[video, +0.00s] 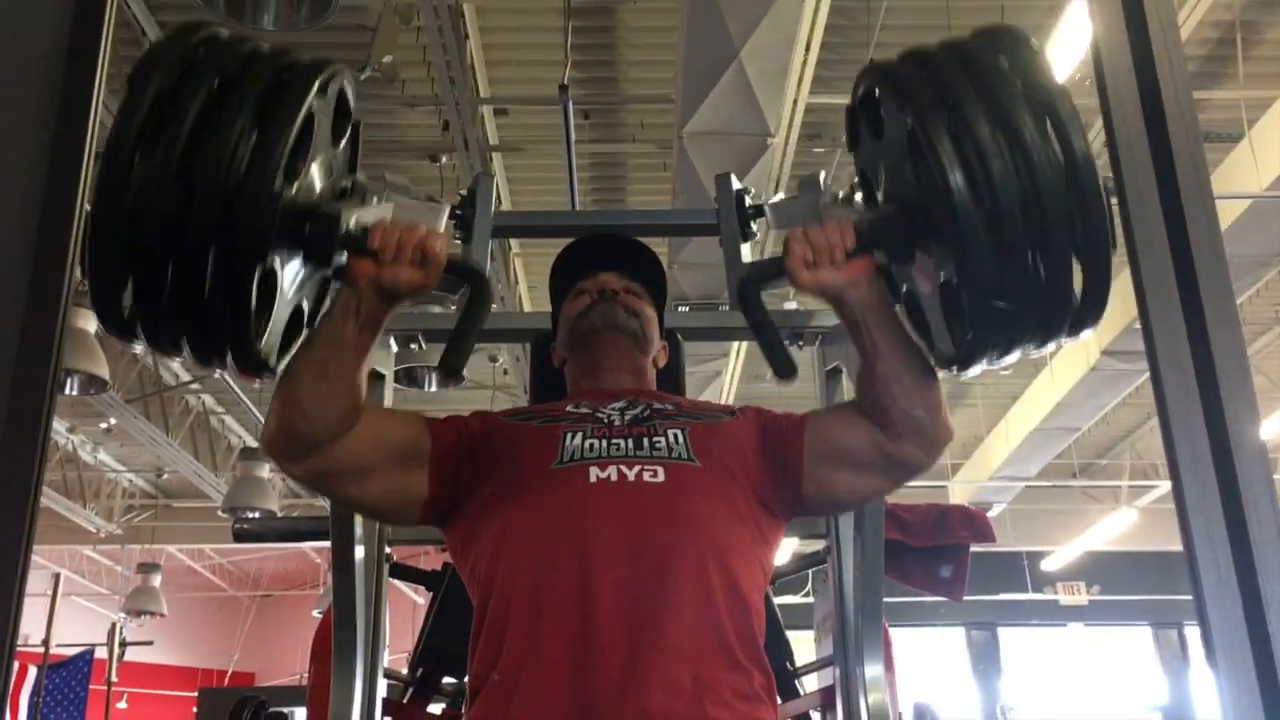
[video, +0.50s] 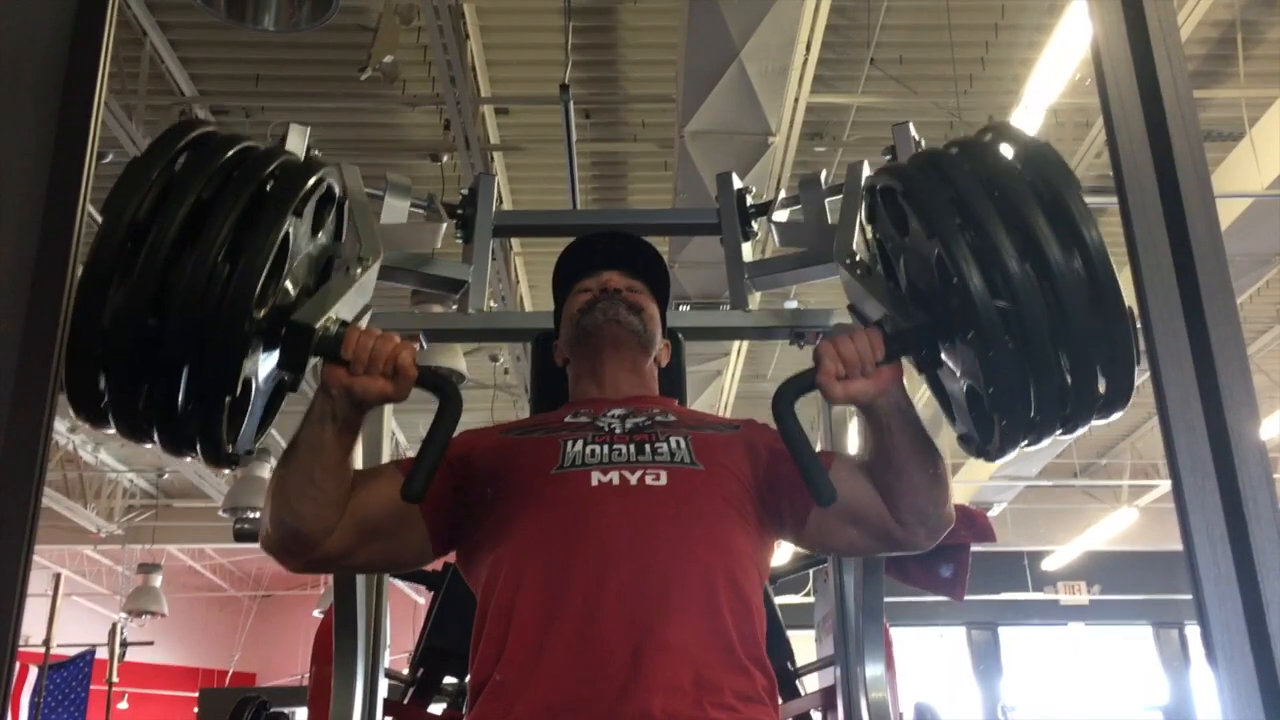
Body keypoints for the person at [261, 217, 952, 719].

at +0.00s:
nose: (608, 295)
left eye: (632, 296)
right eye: (582, 296)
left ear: (665, 351)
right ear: (551, 351)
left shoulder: (742, 442)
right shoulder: (487, 448)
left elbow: (914, 434)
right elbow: (305, 439)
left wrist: (859, 297)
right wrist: (365, 299)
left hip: (723, 701)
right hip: (525, 703)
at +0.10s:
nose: (611, 298)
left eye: (634, 298)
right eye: (584, 297)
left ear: (666, 350)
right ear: (552, 351)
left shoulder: (738, 441)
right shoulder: (489, 450)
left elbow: (917, 466)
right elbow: (301, 472)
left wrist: (863, 329)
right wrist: (358, 329)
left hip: (724, 705)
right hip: (525, 705)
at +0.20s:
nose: (612, 294)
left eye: (636, 294)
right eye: (585, 292)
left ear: (667, 348)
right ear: (553, 347)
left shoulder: (740, 441)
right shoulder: (487, 450)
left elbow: (918, 484)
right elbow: (295, 496)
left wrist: (876, 356)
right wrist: (350, 357)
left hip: (723, 704)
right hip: (524, 705)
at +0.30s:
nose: (609, 294)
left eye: (634, 293)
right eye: (584, 295)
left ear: (667, 346)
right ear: (554, 351)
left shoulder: (745, 445)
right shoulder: (486, 453)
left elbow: (922, 503)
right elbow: (297, 516)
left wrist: (877, 377)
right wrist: (346, 377)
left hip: (724, 702)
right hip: (525, 704)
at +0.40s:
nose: (610, 293)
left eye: (634, 292)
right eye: (585, 294)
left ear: (668, 347)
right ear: (554, 351)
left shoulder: (744, 446)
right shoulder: (487, 454)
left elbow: (920, 514)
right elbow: (302, 532)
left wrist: (877, 391)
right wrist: (343, 395)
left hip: (724, 705)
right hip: (525, 707)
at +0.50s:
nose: (611, 293)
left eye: (635, 293)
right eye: (586, 294)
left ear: (667, 347)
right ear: (555, 350)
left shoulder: (747, 448)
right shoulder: (488, 455)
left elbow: (919, 520)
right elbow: (304, 539)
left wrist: (882, 400)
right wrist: (341, 404)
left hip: (725, 704)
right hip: (526, 706)